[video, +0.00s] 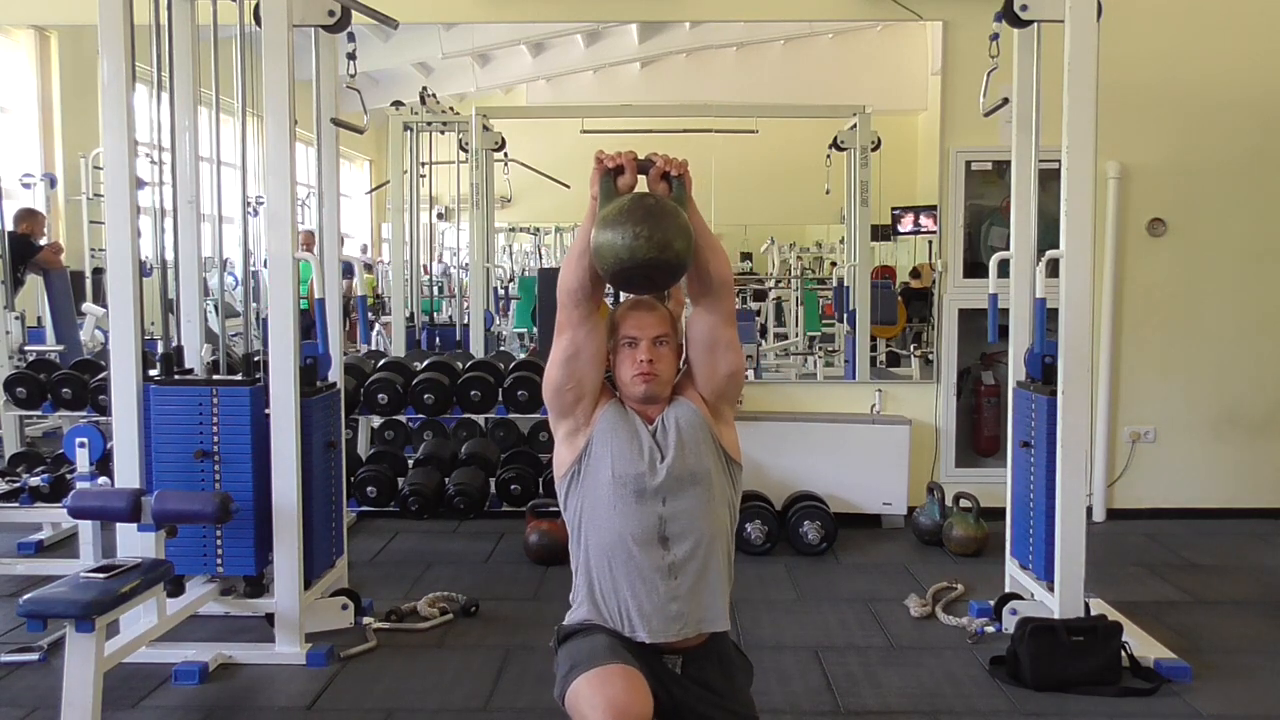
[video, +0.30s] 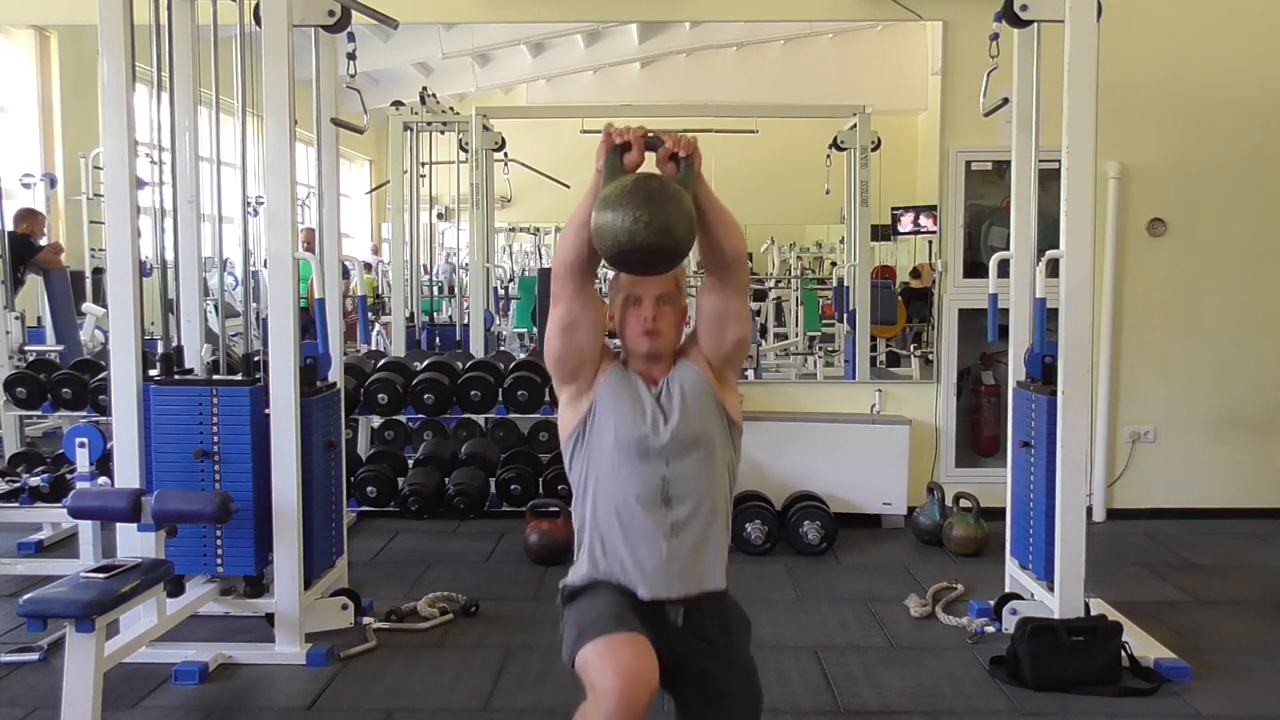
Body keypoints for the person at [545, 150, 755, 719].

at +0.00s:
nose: (645, 355)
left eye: (659, 343)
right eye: (630, 345)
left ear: (679, 358)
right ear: (611, 360)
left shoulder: (709, 409)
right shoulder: (583, 416)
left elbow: (716, 298)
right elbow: (577, 304)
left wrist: (684, 211)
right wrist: (600, 209)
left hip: (709, 654)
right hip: (609, 642)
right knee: (616, 704)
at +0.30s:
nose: (651, 314)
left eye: (664, 300)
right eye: (634, 301)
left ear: (685, 312)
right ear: (614, 316)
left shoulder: (713, 371)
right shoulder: (587, 380)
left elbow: (729, 270)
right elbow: (571, 274)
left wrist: (695, 188)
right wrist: (605, 180)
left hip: (706, 605)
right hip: (608, 593)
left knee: (734, 706)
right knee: (627, 682)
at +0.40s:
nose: (658, 279)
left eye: (671, 263)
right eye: (641, 264)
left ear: (690, 266)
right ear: (617, 269)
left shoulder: (719, 334)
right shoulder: (591, 342)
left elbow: (746, 243)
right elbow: (563, 247)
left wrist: (706, 173)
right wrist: (610, 168)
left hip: (708, 557)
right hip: (613, 552)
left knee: (742, 705)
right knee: (626, 659)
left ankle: (711, 709)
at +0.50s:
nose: (662, 259)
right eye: (650, 246)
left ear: (705, 234)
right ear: (624, 240)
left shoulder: (727, 293)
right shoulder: (599, 298)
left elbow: (764, 225)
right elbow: (562, 228)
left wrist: (718, 165)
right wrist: (616, 159)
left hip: (714, 510)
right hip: (622, 511)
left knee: (737, 665)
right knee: (623, 657)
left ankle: (708, 679)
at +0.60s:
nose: (680, 192)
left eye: (692, 184)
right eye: (665, 184)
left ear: (713, 204)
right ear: (640, 204)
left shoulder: (735, 265)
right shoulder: (616, 268)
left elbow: (776, 214)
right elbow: (573, 220)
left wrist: (724, 161)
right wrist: (625, 163)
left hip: (718, 472)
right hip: (633, 473)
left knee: (730, 628)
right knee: (618, 627)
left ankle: (703, 685)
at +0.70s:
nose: (685, 182)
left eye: (696, 172)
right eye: (672, 173)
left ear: (717, 185)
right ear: (653, 186)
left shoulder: (739, 247)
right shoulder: (630, 248)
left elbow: (788, 221)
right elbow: (577, 225)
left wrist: (732, 173)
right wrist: (634, 174)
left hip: (718, 448)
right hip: (633, 444)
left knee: (718, 594)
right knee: (625, 584)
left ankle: (704, 688)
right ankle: (598, 713)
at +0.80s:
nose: (689, 160)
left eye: (701, 151)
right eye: (676, 152)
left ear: (719, 166)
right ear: (655, 168)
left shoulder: (741, 231)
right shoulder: (632, 229)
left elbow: (800, 235)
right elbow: (574, 238)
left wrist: (738, 205)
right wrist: (637, 205)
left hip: (721, 432)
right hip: (635, 428)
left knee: (713, 565)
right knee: (621, 563)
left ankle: (705, 687)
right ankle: (606, 687)